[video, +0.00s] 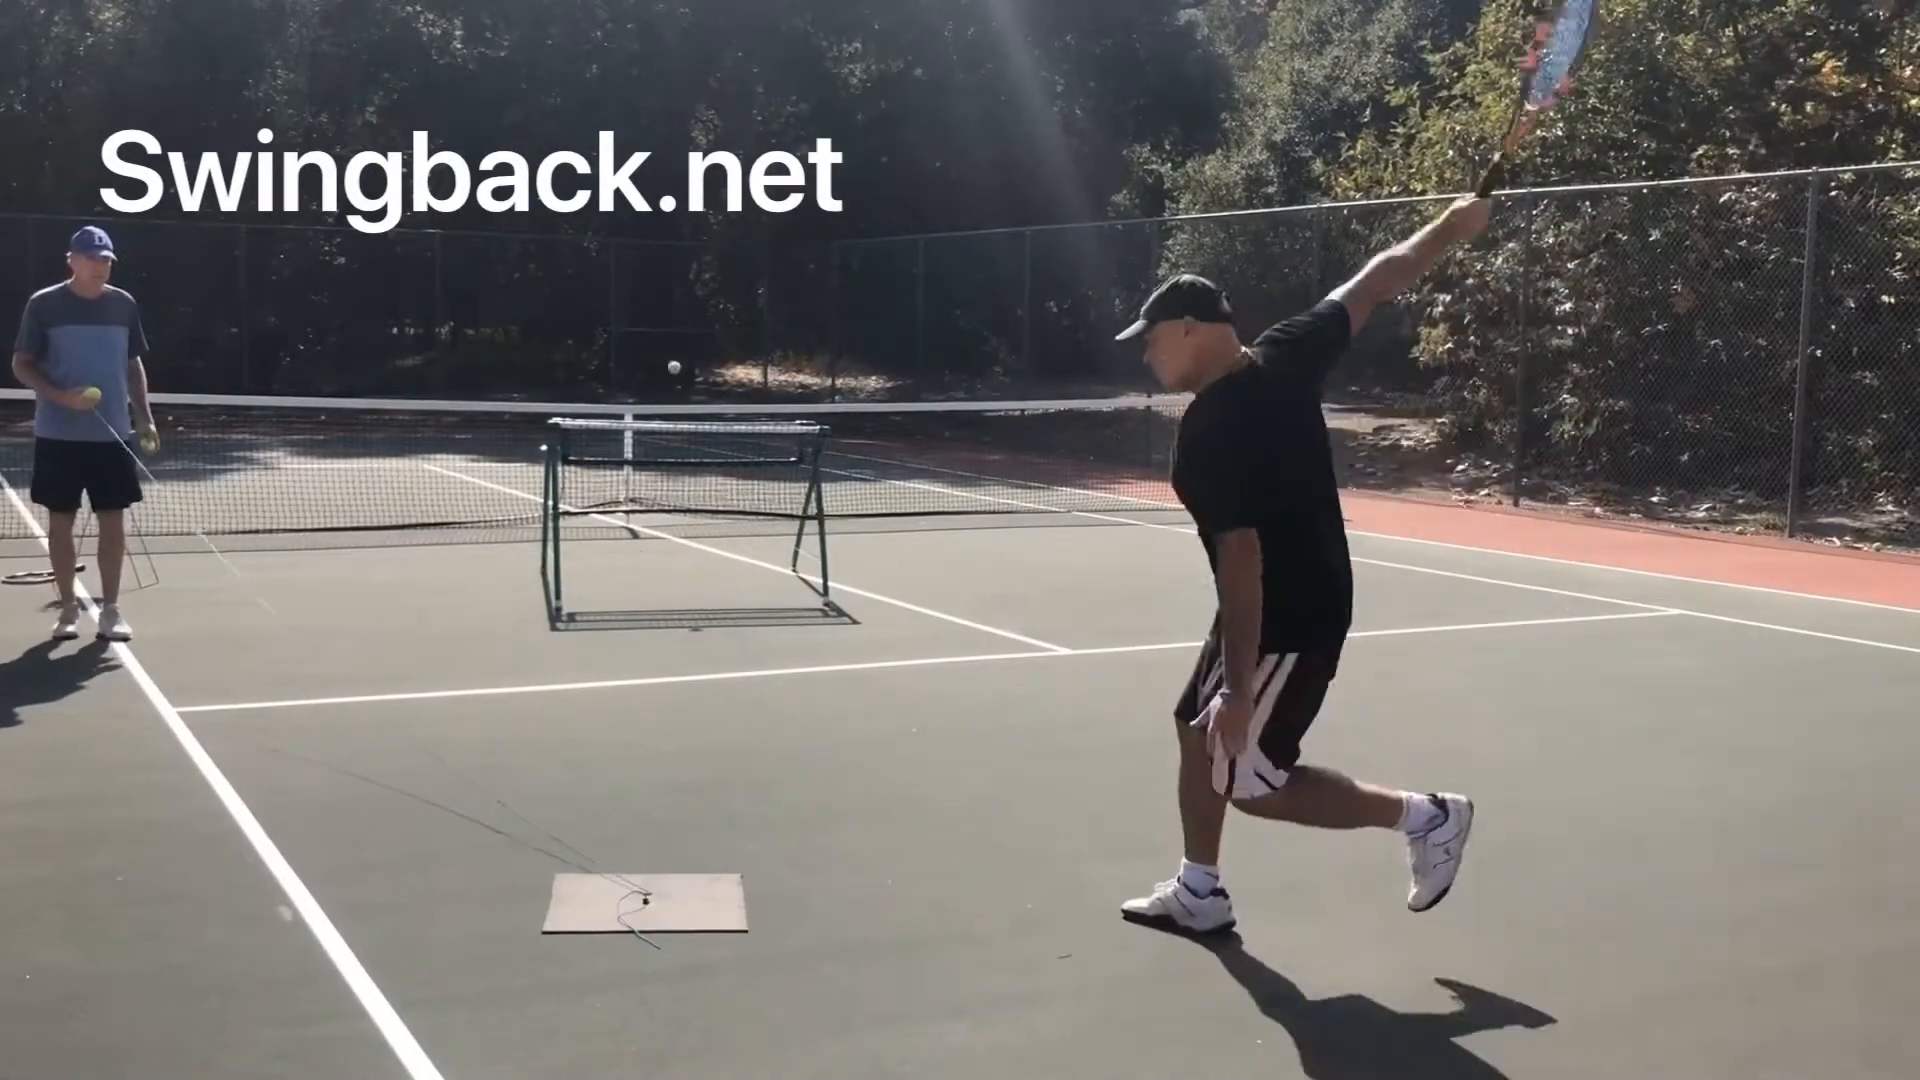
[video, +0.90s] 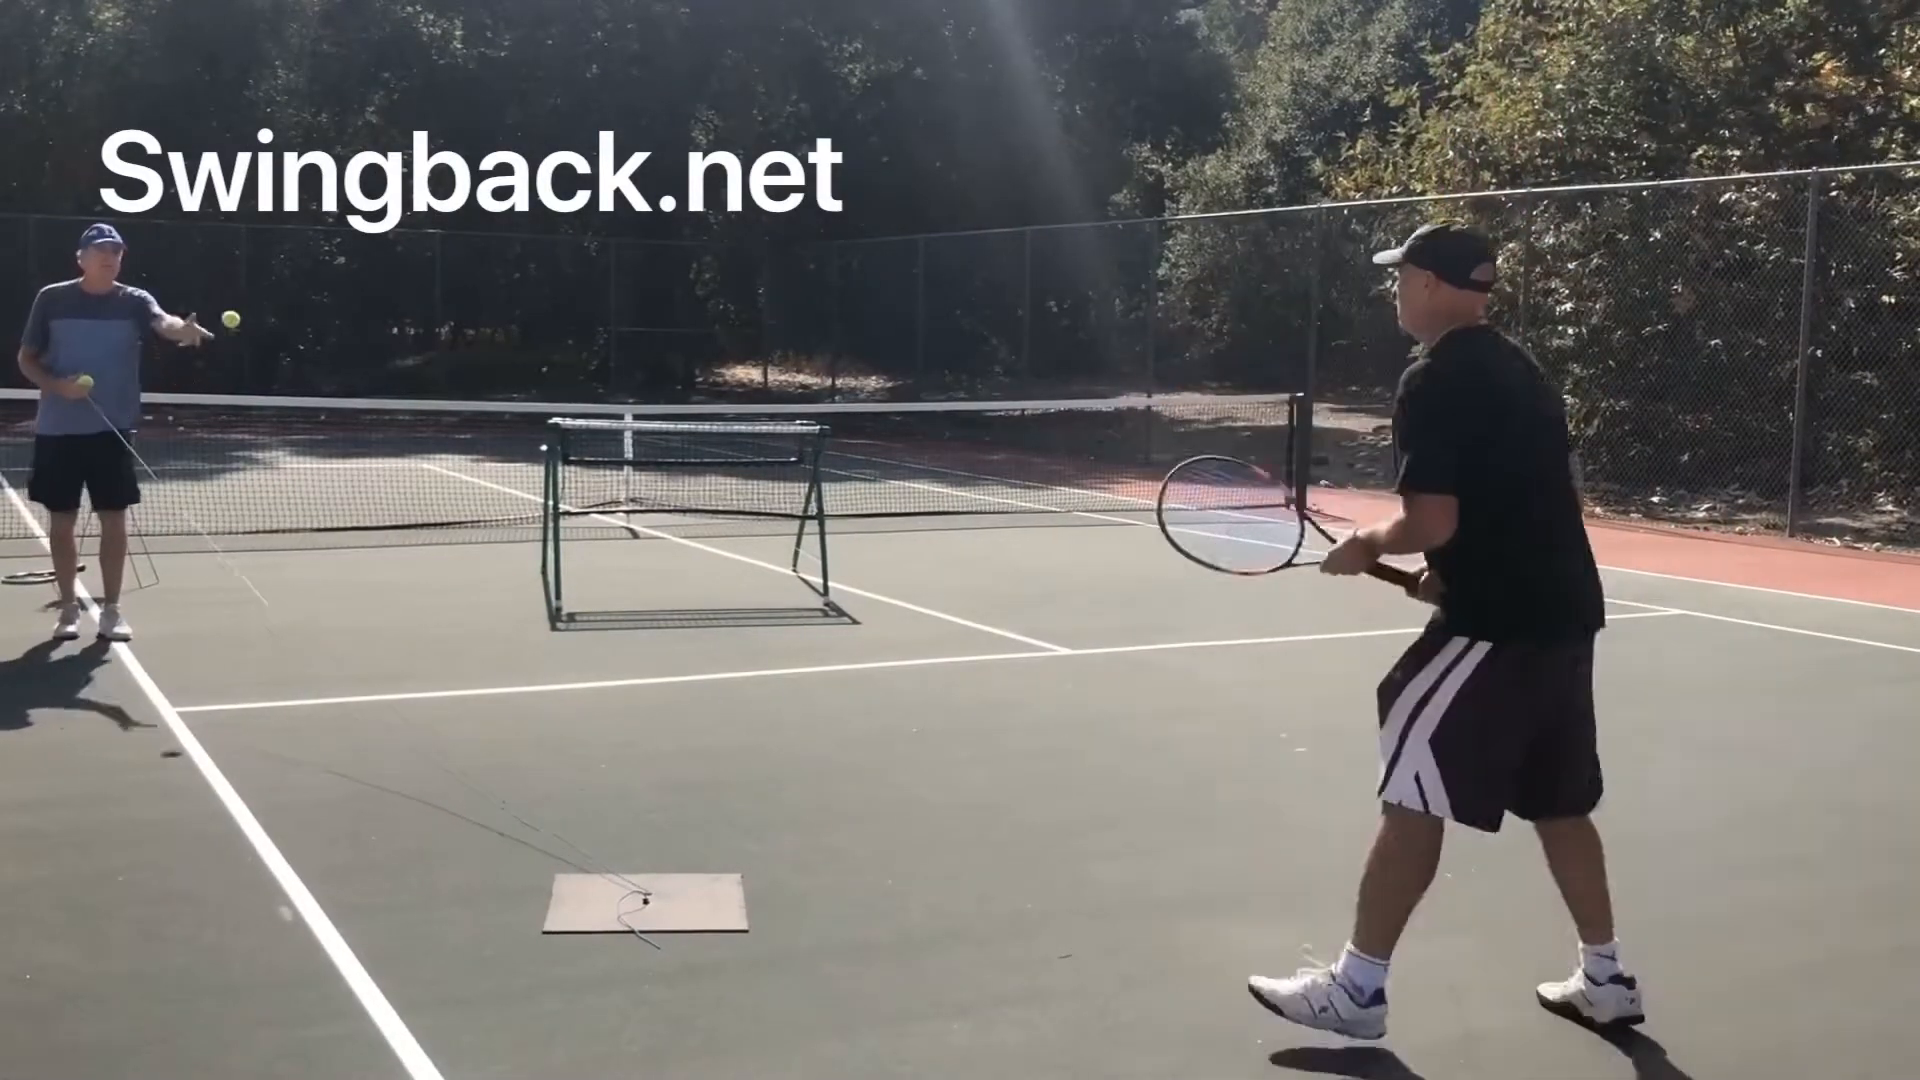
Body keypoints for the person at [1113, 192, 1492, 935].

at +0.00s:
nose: (1148, 356)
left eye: (1154, 339)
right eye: (1146, 342)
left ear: (1195, 332)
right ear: (1210, 330)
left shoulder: (1207, 438)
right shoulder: (1287, 353)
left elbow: (1241, 570)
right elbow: (1376, 283)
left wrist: (1237, 694)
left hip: (1292, 618)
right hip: (1288, 595)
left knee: (1253, 782)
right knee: (1197, 723)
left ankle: (1426, 818)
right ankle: (1200, 888)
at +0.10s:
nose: (1158, 346)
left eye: (1166, 330)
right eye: (1159, 333)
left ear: (1208, 328)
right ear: (1225, 331)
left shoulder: (1207, 426)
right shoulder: (1299, 364)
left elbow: (1212, 560)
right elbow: (1408, 291)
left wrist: (1202, 687)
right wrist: (1507, 227)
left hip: (1273, 621)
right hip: (1306, 602)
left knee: (1218, 775)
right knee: (1190, 726)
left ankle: (1376, 884)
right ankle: (1199, 891)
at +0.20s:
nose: (1173, 341)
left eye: (1182, 327)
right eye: (1175, 328)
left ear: (1217, 332)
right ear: (1241, 331)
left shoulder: (1206, 439)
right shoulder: (1315, 368)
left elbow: (1185, 575)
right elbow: (1432, 302)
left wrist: (1151, 689)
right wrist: (1527, 241)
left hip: (1274, 623)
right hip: (1327, 606)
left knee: (1196, 761)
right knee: (1195, 725)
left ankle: (1277, 964)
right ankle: (1205, 892)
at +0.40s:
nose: (1216, 319)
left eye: (1224, 305)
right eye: (1219, 305)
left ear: (1253, 312)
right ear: (1291, 310)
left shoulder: (1230, 414)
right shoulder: (1364, 366)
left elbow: (1199, 542)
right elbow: (1479, 380)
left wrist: (1124, 619)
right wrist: (1515, 312)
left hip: (1297, 621)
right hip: (1384, 611)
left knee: (1229, 773)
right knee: (1322, 762)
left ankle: (1262, 975)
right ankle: (1277, 896)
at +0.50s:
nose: (1256, 298)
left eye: (1261, 286)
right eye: (1259, 285)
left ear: (1288, 291)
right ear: (1332, 289)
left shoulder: (1263, 389)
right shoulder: (1394, 357)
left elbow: (1243, 524)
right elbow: (1491, 435)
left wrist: (1181, 585)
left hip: (1322, 615)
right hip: (1414, 609)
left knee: (1267, 779)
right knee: (1373, 756)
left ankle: (1267, 978)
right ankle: (1400, 915)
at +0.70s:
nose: (1343, 317)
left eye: (1351, 304)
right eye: (1346, 303)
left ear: (1381, 311)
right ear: (1421, 314)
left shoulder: (1362, 408)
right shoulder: (1483, 398)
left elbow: (1361, 548)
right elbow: (1522, 529)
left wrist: (1308, 591)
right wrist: (1429, 558)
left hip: (1387, 654)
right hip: (1485, 654)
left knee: (1301, 792)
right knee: (1496, 796)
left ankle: (1268, 982)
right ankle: (1601, 967)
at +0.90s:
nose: (1398, 292)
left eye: (1405, 279)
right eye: (1401, 279)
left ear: (1436, 287)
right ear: (1476, 290)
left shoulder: (1438, 374)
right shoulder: (1515, 365)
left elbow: (1430, 521)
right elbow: (1535, 506)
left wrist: (1368, 544)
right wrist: (1450, 573)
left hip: (1491, 623)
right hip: (1562, 618)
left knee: (1413, 784)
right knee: (1558, 797)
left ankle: (1357, 988)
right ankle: (1606, 976)